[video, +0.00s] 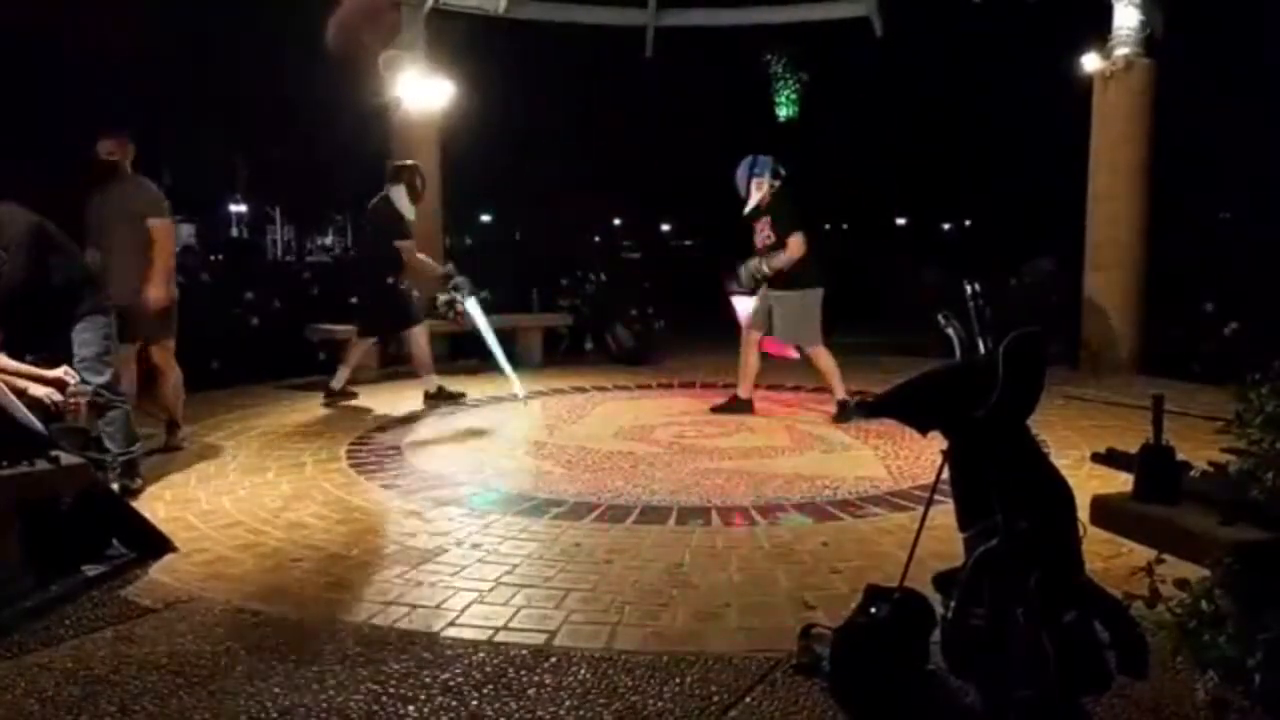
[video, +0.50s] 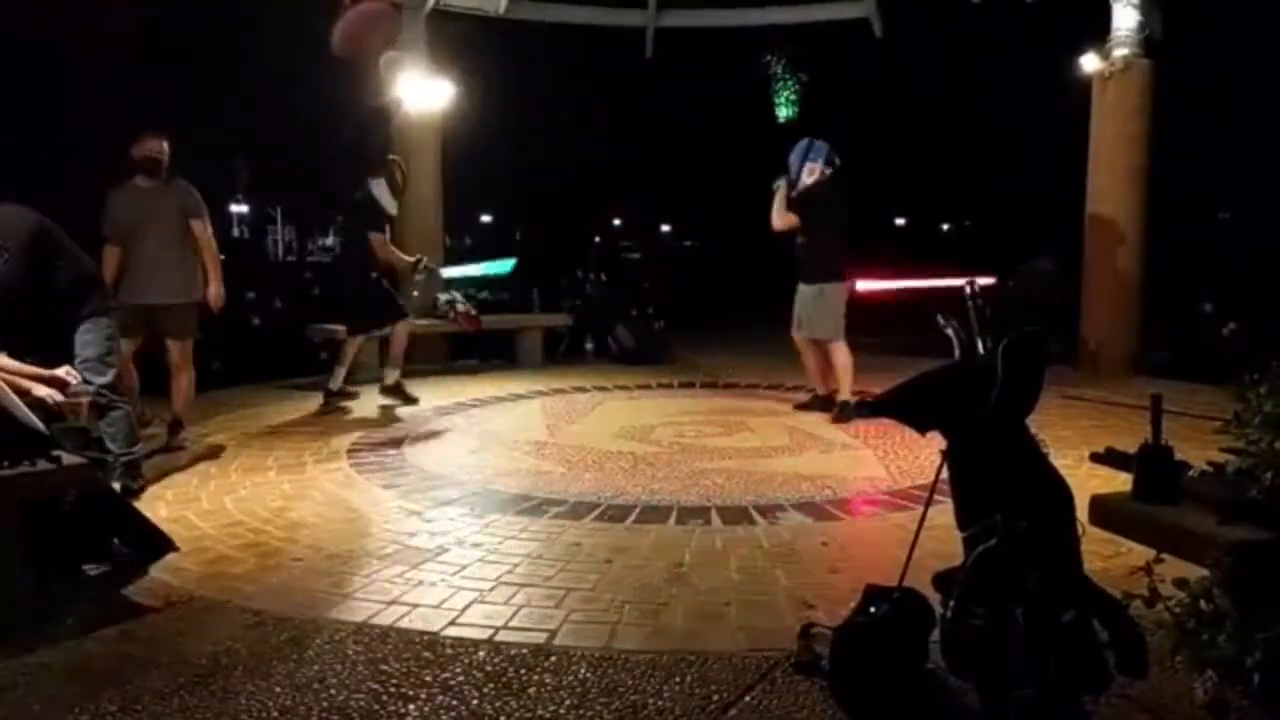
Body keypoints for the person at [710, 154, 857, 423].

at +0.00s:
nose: (753, 189)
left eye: (757, 183)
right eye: (751, 184)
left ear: (768, 182)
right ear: (750, 184)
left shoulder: (785, 206)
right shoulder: (756, 213)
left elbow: (797, 247)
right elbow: (764, 251)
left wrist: (764, 267)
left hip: (802, 288)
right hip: (773, 287)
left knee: (811, 344)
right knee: (751, 335)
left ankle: (842, 399)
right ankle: (743, 397)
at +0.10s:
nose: (768, 187)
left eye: (772, 181)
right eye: (768, 181)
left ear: (781, 181)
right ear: (773, 180)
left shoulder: (795, 206)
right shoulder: (776, 208)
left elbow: (794, 249)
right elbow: (782, 245)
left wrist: (757, 244)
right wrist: (756, 241)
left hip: (806, 288)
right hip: (782, 287)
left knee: (813, 344)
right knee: (764, 340)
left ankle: (843, 400)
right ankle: (745, 397)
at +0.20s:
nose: (779, 185)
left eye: (782, 179)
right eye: (781, 179)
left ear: (793, 178)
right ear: (800, 178)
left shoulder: (806, 204)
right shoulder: (797, 203)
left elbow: (788, 244)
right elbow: (790, 240)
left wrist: (766, 230)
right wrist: (770, 228)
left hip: (817, 285)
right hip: (799, 285)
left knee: (822, 344)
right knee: (778, 339)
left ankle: (844, 400)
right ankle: (756, 394)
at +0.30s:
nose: (787, 179)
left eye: (790, 173)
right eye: (788, 173)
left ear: (802, 173)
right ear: (809, 173)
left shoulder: (812, 200)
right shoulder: (804, 198)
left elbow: (786, 234)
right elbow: (790, 233)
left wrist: (770, 218)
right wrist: (781, 222)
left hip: (822, 282)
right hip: (804, 281)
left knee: (825, 340)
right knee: (782, 331)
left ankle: (844, 399)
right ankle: (781, 395)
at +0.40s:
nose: (795, 174)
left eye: (799, 169)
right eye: (796, 170)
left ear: (810, 169)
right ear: (818, 169)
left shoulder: (816, 197)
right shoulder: (820, 193)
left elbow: (782, 228)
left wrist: (778, 201)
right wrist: (798, 192)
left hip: (825, 279)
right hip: (810, 278)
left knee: (831, 339)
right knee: (790, 330)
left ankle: (845, 399)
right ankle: (808, 393)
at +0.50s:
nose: (800, 174)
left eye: (803, 169)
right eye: (800, 169)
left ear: (815, 167)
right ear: (817, 167)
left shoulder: (825, 194)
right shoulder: (813, 193)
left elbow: (780, 222)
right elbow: (786, 219)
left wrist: (781, 191)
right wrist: (789, 193)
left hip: (829, 278)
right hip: (810, 278)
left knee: (833, 338)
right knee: (801, 334)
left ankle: (845, 398)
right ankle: (821, 393)